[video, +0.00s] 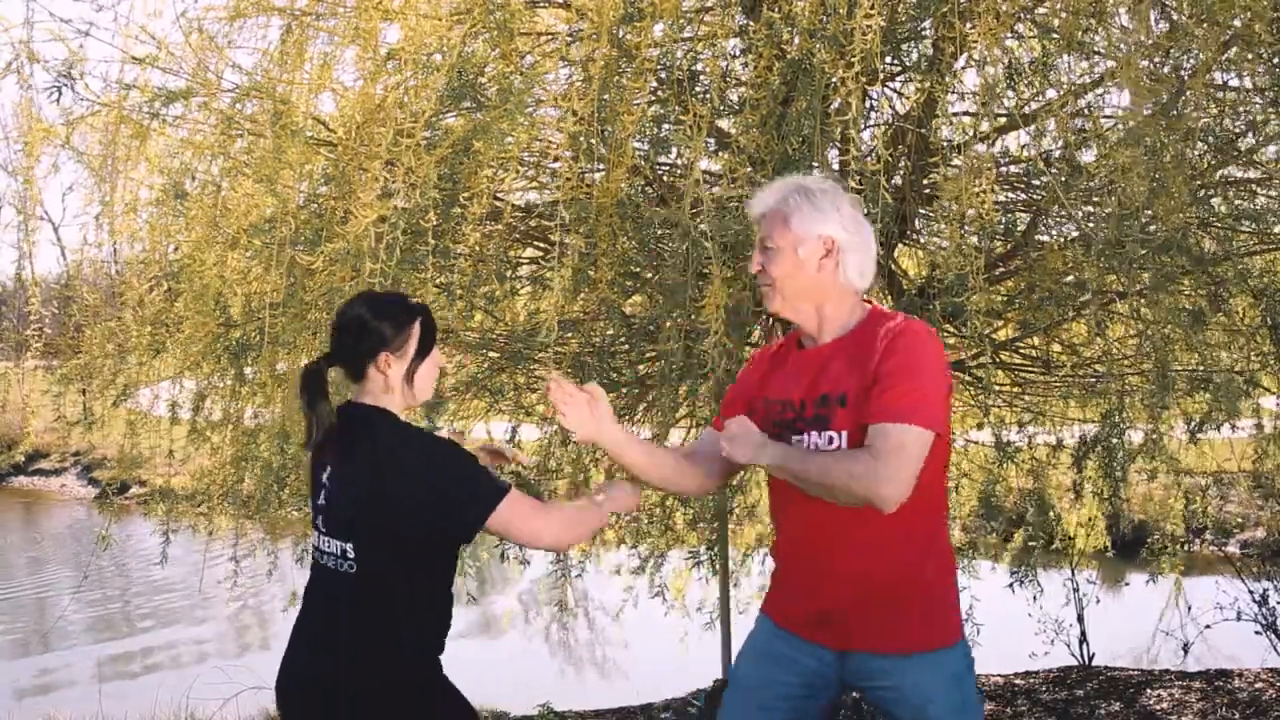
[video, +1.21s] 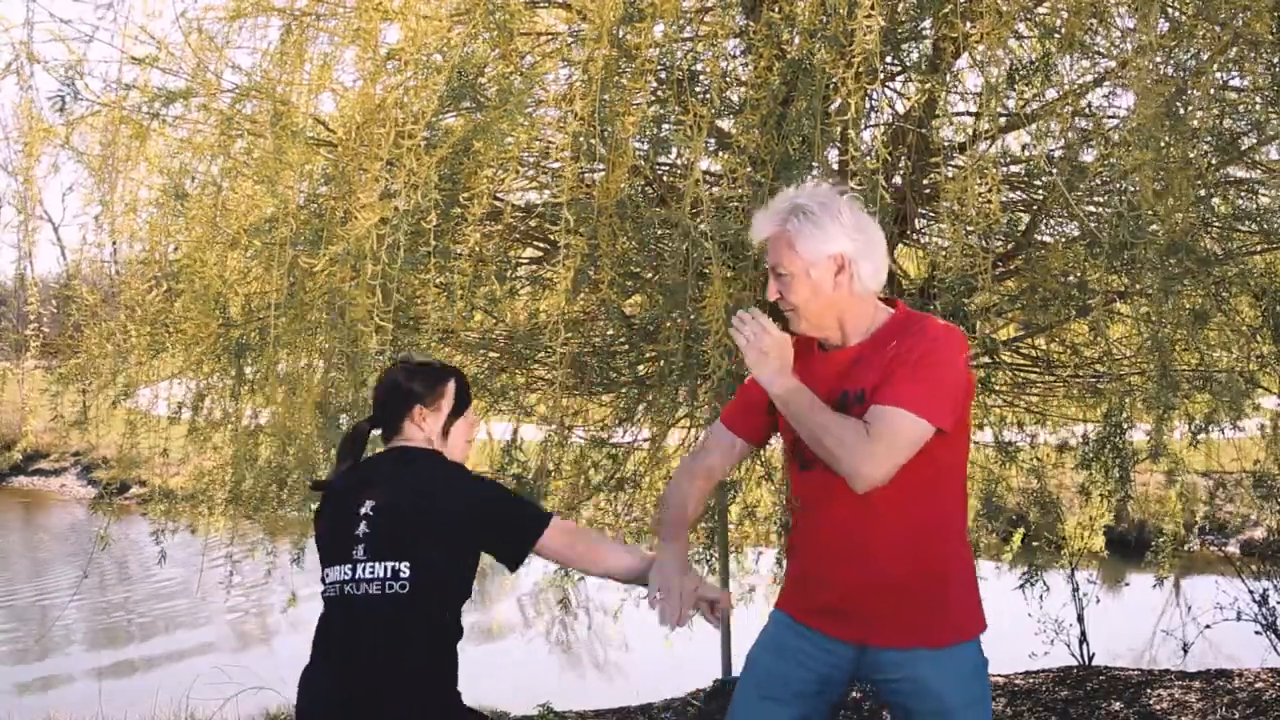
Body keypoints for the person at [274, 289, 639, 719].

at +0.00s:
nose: (439, 359)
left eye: (434, 346)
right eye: (429, 347)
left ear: (380, 362)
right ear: (389, 362)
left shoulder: (336, 436)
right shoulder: (430, 459)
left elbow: (392, 470)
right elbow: (548, 529)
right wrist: (606, 503)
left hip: (307, 686)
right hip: (397, 693)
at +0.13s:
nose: (412, 375)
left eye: (410, 361)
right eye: (403, 361)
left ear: (348, 374)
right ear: (360, 376)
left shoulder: (299, 445)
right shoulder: (390, 468)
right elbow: (509, 531)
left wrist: (398, 454)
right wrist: (566, 441)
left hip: (275, 690)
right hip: (366, 695)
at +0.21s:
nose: (397, 369)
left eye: (393, 357)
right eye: (386, 359)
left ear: (336, 372)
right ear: (341, 371)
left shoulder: (280, 436)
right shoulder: (363, 462)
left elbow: (365, 535)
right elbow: (480, 531)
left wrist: (393, 444)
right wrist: (518, 431)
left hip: (258, 684)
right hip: (342, 690)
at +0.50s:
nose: (390, 357)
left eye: (384, 344)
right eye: (378, 345)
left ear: (324, 365)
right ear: (333, 362)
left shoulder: (283, 432)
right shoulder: (359, 452)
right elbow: (493, 493)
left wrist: (400, 437)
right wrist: (529, 398)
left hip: (267, 682)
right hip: (348, 689)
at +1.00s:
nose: (431, 382)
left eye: (428, 368)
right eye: (424, 368)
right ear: (382, 372)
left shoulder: (312, 446)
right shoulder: (407, 454)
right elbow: (539, 499)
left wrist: (436, 432)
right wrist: (504, 436)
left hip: (300, 687)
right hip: (390, 688)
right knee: (482, 712)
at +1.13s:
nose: (464, 415)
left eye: (461, 399)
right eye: (456, 399)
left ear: (394, 401)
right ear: (413, 402)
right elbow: (579, 516)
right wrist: (686, 536)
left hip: (322, 694)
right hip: (414, 694)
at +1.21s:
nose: (472, 434)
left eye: (471, 420)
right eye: (466, 419)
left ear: (403, 417)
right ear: (425, 417)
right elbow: (581, 550)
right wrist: (682, 579)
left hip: (324, 698)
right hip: (418, 700)